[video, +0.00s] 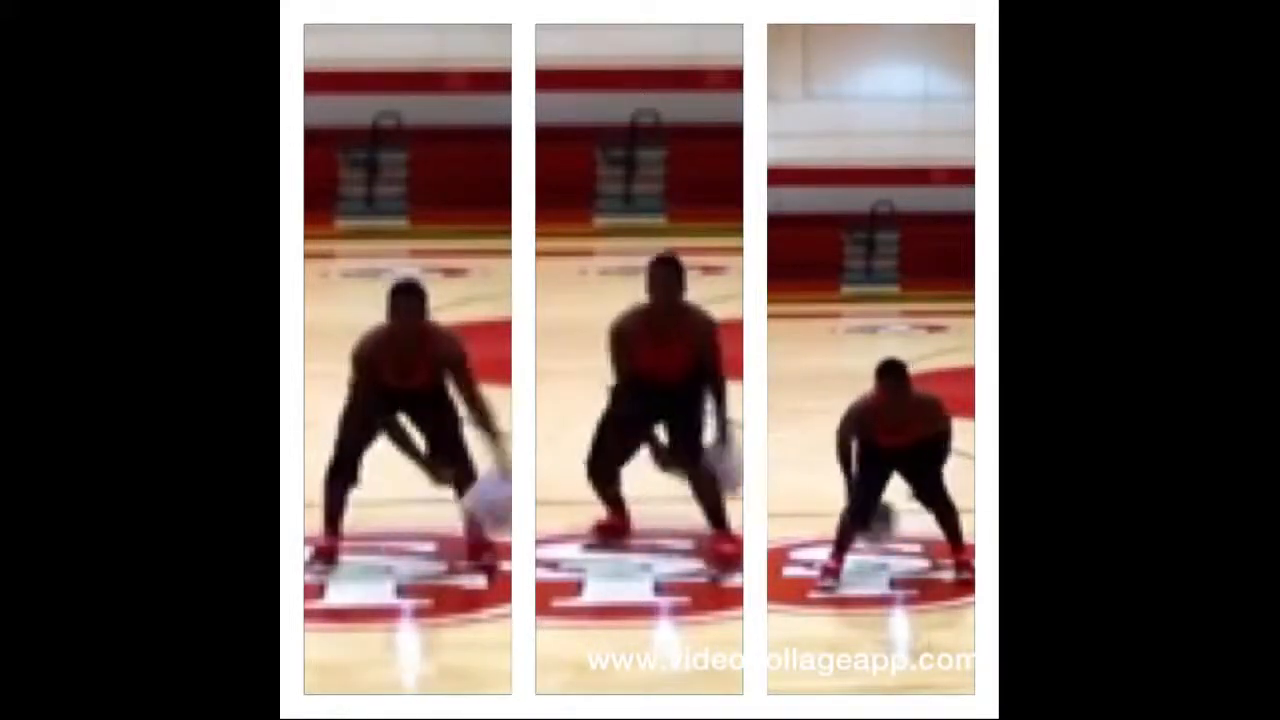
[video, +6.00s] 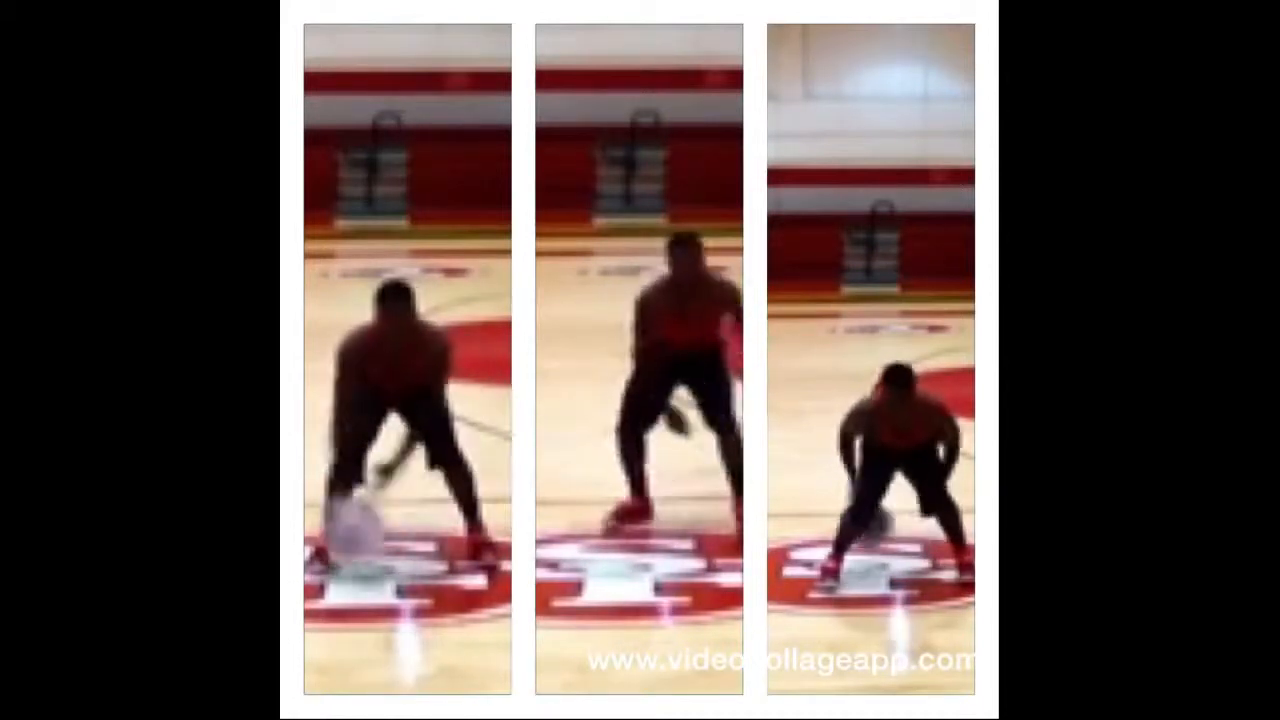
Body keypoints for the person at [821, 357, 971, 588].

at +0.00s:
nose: (894, 398)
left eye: (899, 390)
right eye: (888, 391)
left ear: (908, 386)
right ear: (878, 388)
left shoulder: (930, 407)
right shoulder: (864, 410)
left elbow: (943, 439)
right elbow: (843, 438)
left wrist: (932, 473)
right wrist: (849, 478)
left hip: (916, 453)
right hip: (875, 454)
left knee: (939, 502)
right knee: (859, 507)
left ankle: (960, 558)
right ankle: (835, 562)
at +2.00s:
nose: (891, 408)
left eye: (896, 401)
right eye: (885, 401)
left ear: (905, 395)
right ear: (876, 396)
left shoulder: (924, 412)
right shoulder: (862, 415)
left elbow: (943, 442)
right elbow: (836, 446)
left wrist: (929, 484)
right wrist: (854, 483)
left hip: (912, 453)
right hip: (872, 454)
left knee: (939, 501)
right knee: (860, 506)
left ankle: (960, 556)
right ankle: (834, 561)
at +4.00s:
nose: (906, 403)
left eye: (911, 395)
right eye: (901, 396)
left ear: (920, 391)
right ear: (891, 391)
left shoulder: (934, 410)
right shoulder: (874, 409)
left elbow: (943, 445)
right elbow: (841, 446)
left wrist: (935, 477)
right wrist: (853, 485)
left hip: (913, 455)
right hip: (873, 456)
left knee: (939, 505)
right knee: (858, 509)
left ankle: (961, 557)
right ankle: (834, 560)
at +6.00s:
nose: (893, 404)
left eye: (901, 398)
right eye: (889, 396)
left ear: (912, 392)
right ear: (882, 390)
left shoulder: (930, 410)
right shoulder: (869, 410)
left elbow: (952, 438)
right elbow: (846, 436)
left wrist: (943, 472)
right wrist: (852, 475)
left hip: (919, 452)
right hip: (879, 451)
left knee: (940, 502)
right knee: (862, 507)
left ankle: (962, 557)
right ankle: (835, 559)